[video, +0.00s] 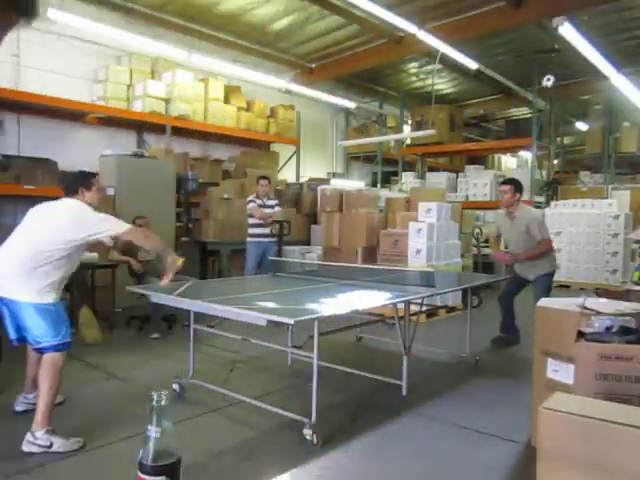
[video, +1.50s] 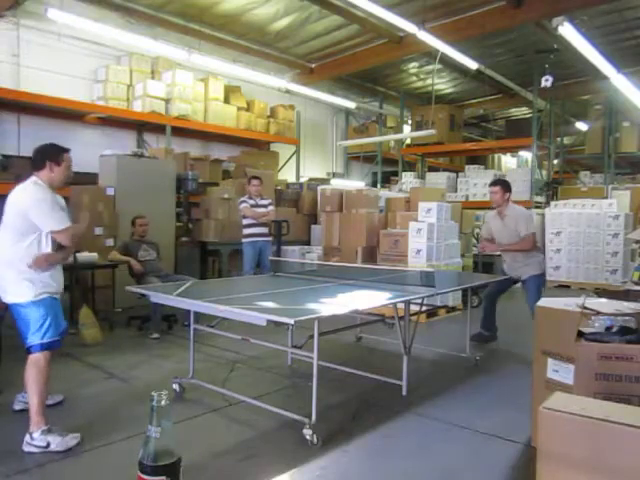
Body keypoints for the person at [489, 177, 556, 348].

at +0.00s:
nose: (500, 197)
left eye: (504, 193)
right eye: (500, 193)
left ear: (516, 196)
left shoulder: (533, 217)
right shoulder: (503, 218)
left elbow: (547, 244)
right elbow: (495, 239)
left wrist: (517, 257)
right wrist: (497, 252)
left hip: (542, 268)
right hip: (521, 268)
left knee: (541, 307)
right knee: (504, 296)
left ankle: (545, 344)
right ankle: (509, 333)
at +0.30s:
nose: (508, 205)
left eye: (512, 200)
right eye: (506, 201)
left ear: (524, 202)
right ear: (505, 202)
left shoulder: (538, 222)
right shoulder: (504, 223)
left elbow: (552, 252)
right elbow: (494, 245)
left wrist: (527, 267)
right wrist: (502, 259)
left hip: (541, 274)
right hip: (518, 274)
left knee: (537, 309)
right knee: (498, 304)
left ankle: (542, 347)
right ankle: (510, 335)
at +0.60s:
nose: (529, 209)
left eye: (534, 205)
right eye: (527, 205)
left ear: (543, 207)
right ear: (524, 206)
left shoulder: (556, 231)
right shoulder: (519, 223)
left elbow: (569, 260)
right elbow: (500, 234)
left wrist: (563, 263)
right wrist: (490, 241)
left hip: (544, 277)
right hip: (521, 276)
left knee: (538, 308)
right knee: (499, 309)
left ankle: (542, 345)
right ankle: (510, 336)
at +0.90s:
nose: (521, 194)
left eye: (525, 191)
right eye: (519, 191)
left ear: (536, 193)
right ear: (519, 193)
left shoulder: (551, 217)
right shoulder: (515, 214)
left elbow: (566, 247)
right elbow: (500, 236)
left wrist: (546, 260)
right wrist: (503, 253)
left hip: (544, 270)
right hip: (522, 266)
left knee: (542, 309)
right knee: (501, 298)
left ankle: (545, 345)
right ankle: (492, 329)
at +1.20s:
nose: (499, 198)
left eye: (503, 194)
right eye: (497, 194)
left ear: (514, 197)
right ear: (496, 196)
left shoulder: (529, 217)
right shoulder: (497, 218)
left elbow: (542, 245)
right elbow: (491, 240)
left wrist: (518, 259)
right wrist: (496, 254)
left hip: (532, 268)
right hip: (511, 267)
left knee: (537, 307)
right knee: (490, 294)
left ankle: (544, 344)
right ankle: (488, 331)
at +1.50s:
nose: (491, 197)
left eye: (495, 193)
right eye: (490, 193)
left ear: (506, 195)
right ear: (491, 196)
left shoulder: (522, 214)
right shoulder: (491, 217)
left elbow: (529, 243)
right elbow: (485, 239)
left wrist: (499, 247)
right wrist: (487, 245)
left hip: (531, 267)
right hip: (510, 267)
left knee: (534, 306)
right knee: (489, 295)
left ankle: (545, 342)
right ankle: (488, 331)